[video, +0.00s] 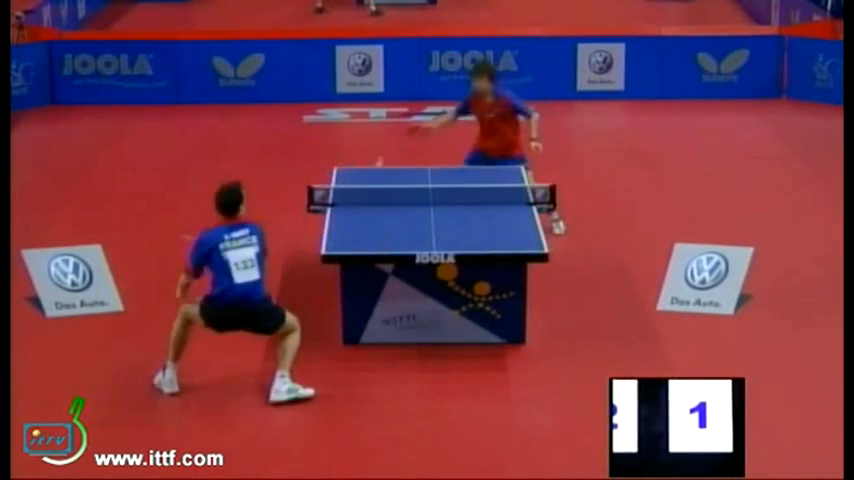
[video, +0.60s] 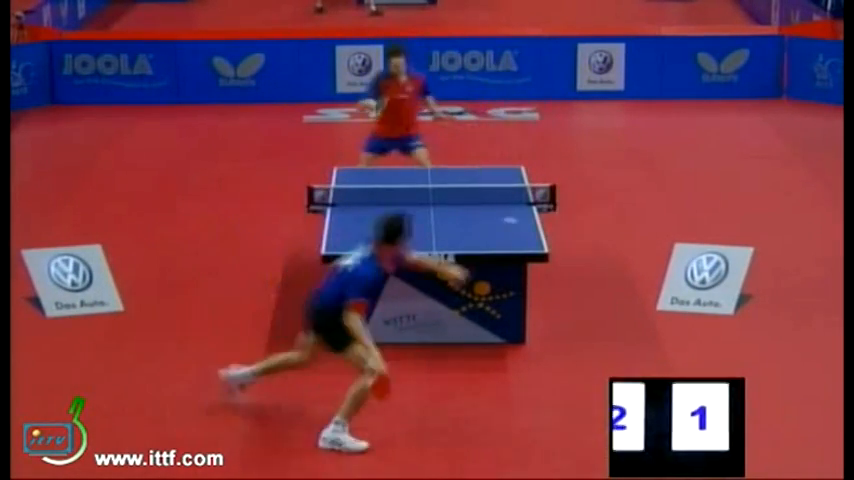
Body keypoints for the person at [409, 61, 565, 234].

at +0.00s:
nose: (479, 86)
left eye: (483, 81)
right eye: (477, 81)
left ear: (491, 82)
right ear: (473, 82)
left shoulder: (504, 99)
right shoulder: (473, 99)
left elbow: (532, 115)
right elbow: (454, 115)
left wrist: (533, 139)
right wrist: (432, 127)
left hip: (510, 154)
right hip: (483, 153)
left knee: (528, 188)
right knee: (463, 183)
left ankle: (554, 218)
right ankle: (460, 220)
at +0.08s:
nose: (461, 90)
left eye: (464, 86)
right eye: (458, 86)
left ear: (473, 86)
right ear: (455, 87)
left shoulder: (487, 100)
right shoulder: (456, 103)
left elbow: (515, 114)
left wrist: (523, 138)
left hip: (503, 156)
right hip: (476, 154)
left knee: (522, 190)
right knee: (448, 180)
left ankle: (551, 217)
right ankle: (443, 220)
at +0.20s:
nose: (438, 80)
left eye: (441, 75)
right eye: (435, 76)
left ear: (448, 76)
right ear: (431, 77)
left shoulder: (463, 91)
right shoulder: (432, 95)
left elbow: (492, 107)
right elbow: (414, 113)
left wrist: (494, 126)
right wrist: (395, 116)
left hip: (481, 145)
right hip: (457, 145)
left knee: (491, 182)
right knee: (438, 177)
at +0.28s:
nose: (430, 72)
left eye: (433, 67)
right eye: (427, 68)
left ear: (439, 68)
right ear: (423, 70)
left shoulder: (453, 83)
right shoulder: (423, 87)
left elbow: (481, 98)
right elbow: (410, 102)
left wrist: (482, 116)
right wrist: (399, 107)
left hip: (465, 136)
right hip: (441, 137)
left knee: (475, 174)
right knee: (427, 169)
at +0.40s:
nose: (419, 68)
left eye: (422, 64)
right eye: (416, 64)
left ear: (429, 62)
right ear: (413, 65)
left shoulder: (444, 78)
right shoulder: (411, 79)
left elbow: (468, 92)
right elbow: (400, 92)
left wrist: (469, 110)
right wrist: (393, 98)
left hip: (443, 129)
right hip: (419, 128)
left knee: (449, 168)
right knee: (401, 162)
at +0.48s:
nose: (412, 68)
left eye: (415, 64)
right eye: (409, 65)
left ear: (421, 63)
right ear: (405, 66)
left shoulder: (435, 80)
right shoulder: (402, 81)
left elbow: (455, 93)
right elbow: (390, 94)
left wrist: (458, 109)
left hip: (430, 133)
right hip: (407, 133)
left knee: (441, 165)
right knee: (385, 160)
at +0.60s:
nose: (397, 67)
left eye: (400, 64)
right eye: (394, 64)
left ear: (405, 64)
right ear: (389, 65)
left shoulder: (417, 81)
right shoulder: (382, 80)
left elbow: (427, 99)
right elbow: (375, 102)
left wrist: (436, 112)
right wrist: (372, 108)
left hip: (408, 134)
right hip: (383, 134)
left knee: (426, 164)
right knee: (364, 166)